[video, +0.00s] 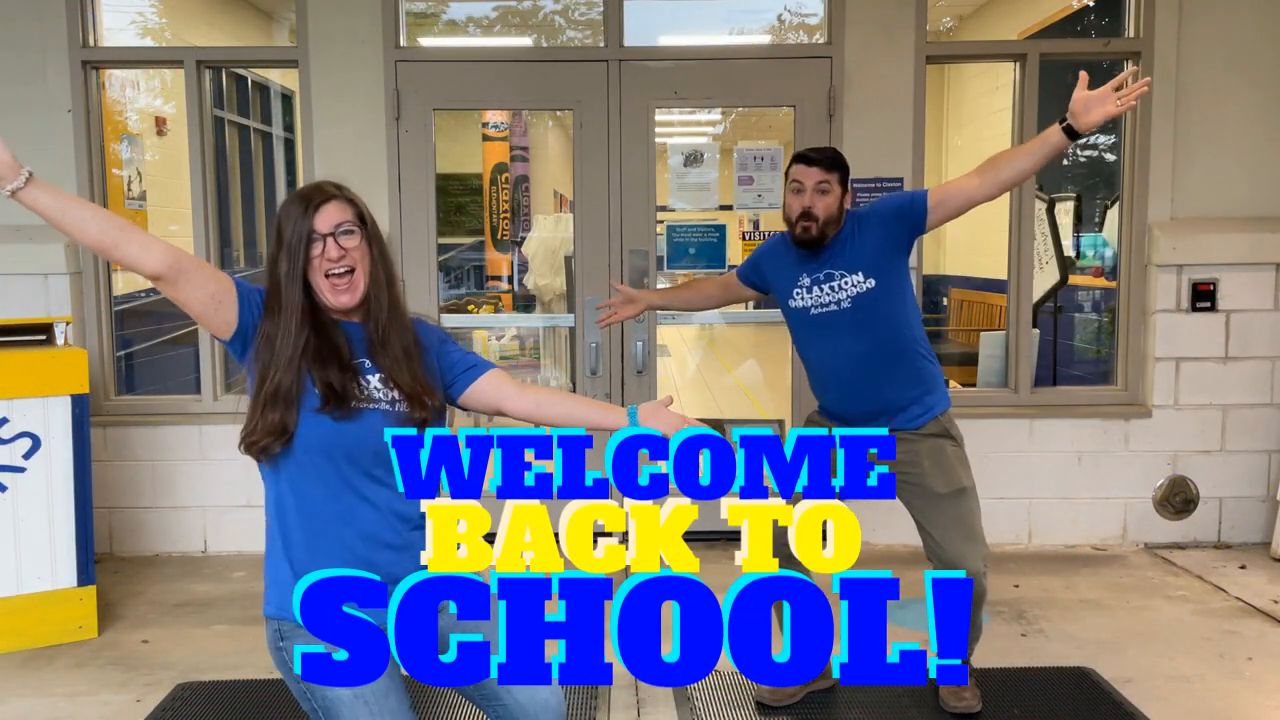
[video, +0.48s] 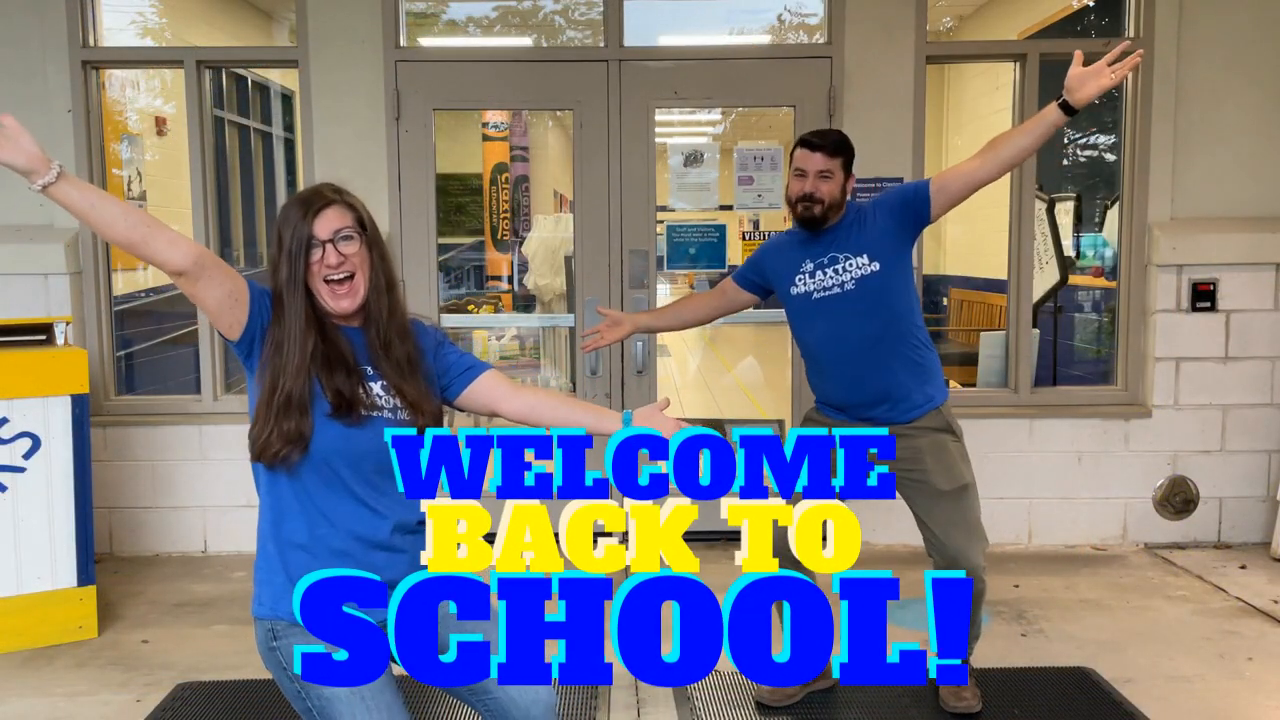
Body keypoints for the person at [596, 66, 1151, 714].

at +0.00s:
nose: (806, 201)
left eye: (822, 191)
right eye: (796, 189)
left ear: (846, 196)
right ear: (784, 194)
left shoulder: (886, 220)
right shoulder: (773, 259)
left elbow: (983, 181)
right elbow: (718, 290)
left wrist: (1069, 128)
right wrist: (647, 298)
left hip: (918, 429)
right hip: (836, 433)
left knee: (964, 562)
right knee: (798, 549)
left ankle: (954, 666)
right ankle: (808, 661)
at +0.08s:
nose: (805, 197)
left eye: (821, 187)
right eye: (795, 185)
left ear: (845, 193)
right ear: (783, 192)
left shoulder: (886, 220)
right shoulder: (772, 257)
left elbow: (981, 176)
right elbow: (715, 288)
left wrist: (1068, 121)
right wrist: (645, 297)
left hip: (918, 427)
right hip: (834, 431)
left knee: (964, 562)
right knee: (801, 550)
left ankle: (952, 665)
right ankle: (808, 662)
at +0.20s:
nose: (805, 193)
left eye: (821, 182)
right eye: (797, 180)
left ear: (847, 187)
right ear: (786, 183)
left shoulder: (889, 220)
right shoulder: (774, 258)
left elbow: (983, 174)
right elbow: (707, 297)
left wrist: (1068, 118)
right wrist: (636, 310)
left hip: (919, 426)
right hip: (833, 430)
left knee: (964, 561)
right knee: (800, 550)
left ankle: (953, 667)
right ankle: (807, 662)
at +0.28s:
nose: (806, 190)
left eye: (821, 179)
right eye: (797, 178)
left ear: (847, 183)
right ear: (786, 183)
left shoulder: (890, 219)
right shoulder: (776, 258)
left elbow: (984, 175)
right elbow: (709, 302)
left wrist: (1068, 117)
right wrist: (637, 318)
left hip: (918, 424)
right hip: (832, 429)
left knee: (962, 560)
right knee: (796, 548)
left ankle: (953, 665)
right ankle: (807, 663)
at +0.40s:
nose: (806, 188)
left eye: (821, 178)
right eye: (797, 176)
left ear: (848, 181)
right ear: (787, 181)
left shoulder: (892, 217)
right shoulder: (777, 258)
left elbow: (984, 169)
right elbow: (707, 306)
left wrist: (1069, 108)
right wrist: (633, 322)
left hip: (919, 425)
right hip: (834, 430)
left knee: (962, 560)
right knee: (796, 551)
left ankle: (955, 670)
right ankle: (807, 666)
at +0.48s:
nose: (807, 186)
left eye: (822, 175)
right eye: (798, 174)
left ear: (848, 179)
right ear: (786, 180)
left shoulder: (893, 213)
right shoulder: (777, 256)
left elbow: (984, 164)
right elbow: (707, 304)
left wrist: (1067, 102)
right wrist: (634, 322)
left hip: (920, 424)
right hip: (833, 427)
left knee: (964, 558)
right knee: (796, 550)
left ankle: (956, 667)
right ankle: (807, 663)